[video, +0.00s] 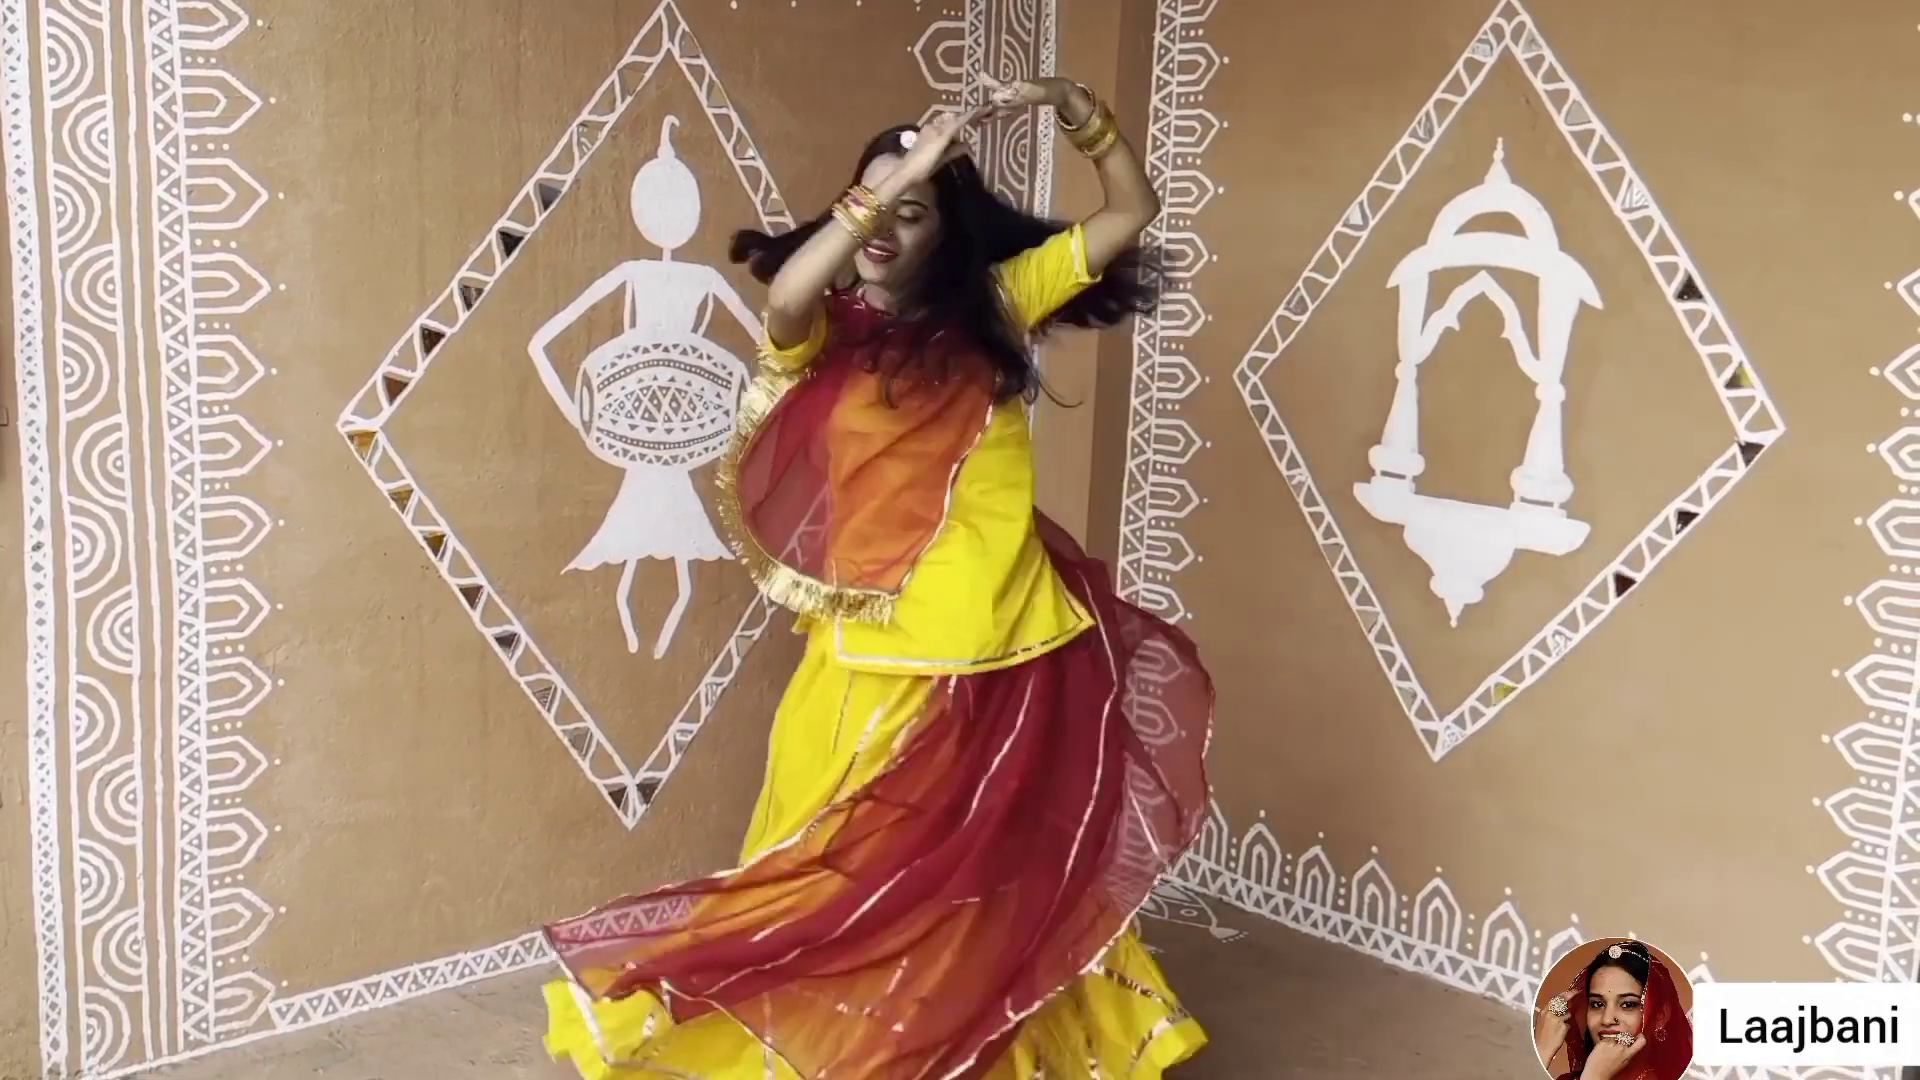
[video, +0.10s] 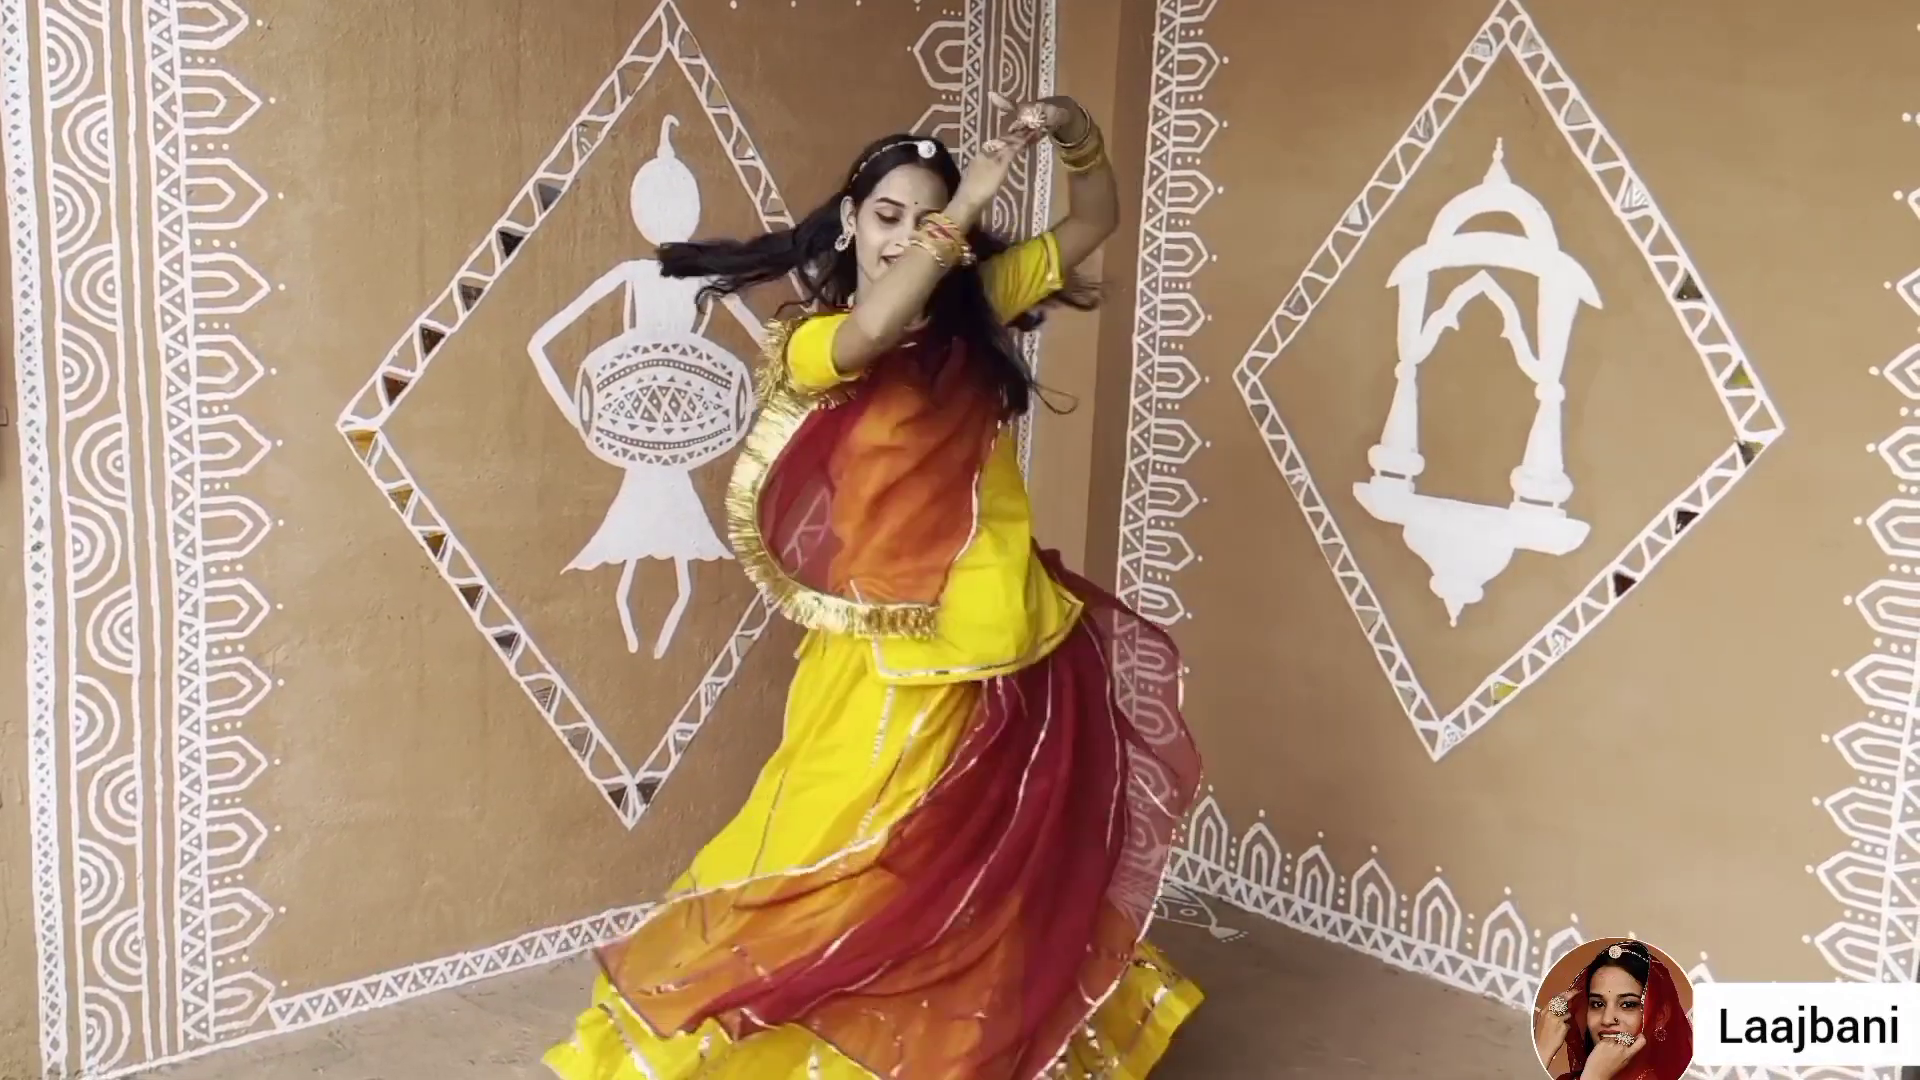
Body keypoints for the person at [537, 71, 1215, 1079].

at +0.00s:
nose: (879, 235)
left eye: (907, 216)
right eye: (868, 214)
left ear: (949, 231)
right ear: (848, 228)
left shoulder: (989, 308)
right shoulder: (819, 335)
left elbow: (1127, 217)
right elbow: (786, 303)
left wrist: (1081, 114)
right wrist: (882, 185)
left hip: (1007, 644)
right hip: (869, 648)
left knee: (993, 879)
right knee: (833, 872)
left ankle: (994, 1056)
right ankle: (827, 1056)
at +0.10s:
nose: (908, 235)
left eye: (928, 221)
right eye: (887, 212)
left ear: (953, 235)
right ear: (848, 223)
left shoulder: (973, 297)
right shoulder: (806, 344)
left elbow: (1090, 223)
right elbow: (877, 326)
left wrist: (1077, 137)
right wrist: (967, 203)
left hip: (1014, 631)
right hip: (887, 644)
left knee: (1015, 870)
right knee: (855, 869)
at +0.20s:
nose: (959, 247)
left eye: (965, 227)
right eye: (935, 224)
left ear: (974, 236)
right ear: (872, 235)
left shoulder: (932, 345)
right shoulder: (858, 358)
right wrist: (1042, 212)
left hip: (978, 641)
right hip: (896, 657)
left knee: (1032, 871)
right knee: (912, 887)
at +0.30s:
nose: (979, 234)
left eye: (977, 216)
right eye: (962, 216)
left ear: (910, 232)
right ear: (903, 229)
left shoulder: (864, 342)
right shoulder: (909, 355)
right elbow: (1099, 332)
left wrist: (1005, 393)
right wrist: (1060, 224)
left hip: (945, 620)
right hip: (891, 633)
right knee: (913, 855)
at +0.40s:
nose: (1003, 224)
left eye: (997, 206)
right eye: (989, 207)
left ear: (901, 223)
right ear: (940, 222)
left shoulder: (854, 328)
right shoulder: (971, 350)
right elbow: (1137, 321)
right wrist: (1051, 221)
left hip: (827, 634)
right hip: (916, 647)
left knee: (852, 855)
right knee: (943, 858)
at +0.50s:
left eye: (885, 184)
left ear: (882, 206)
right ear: (989, 208)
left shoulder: (869, 307)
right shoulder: (1029, 327)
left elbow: (752, 208)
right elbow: (1117, 301)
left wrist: (809, 121)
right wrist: (1039, 240)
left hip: (846, 630)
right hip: (958, 638)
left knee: (809, 837)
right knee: (949, 846)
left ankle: (831, 1042)